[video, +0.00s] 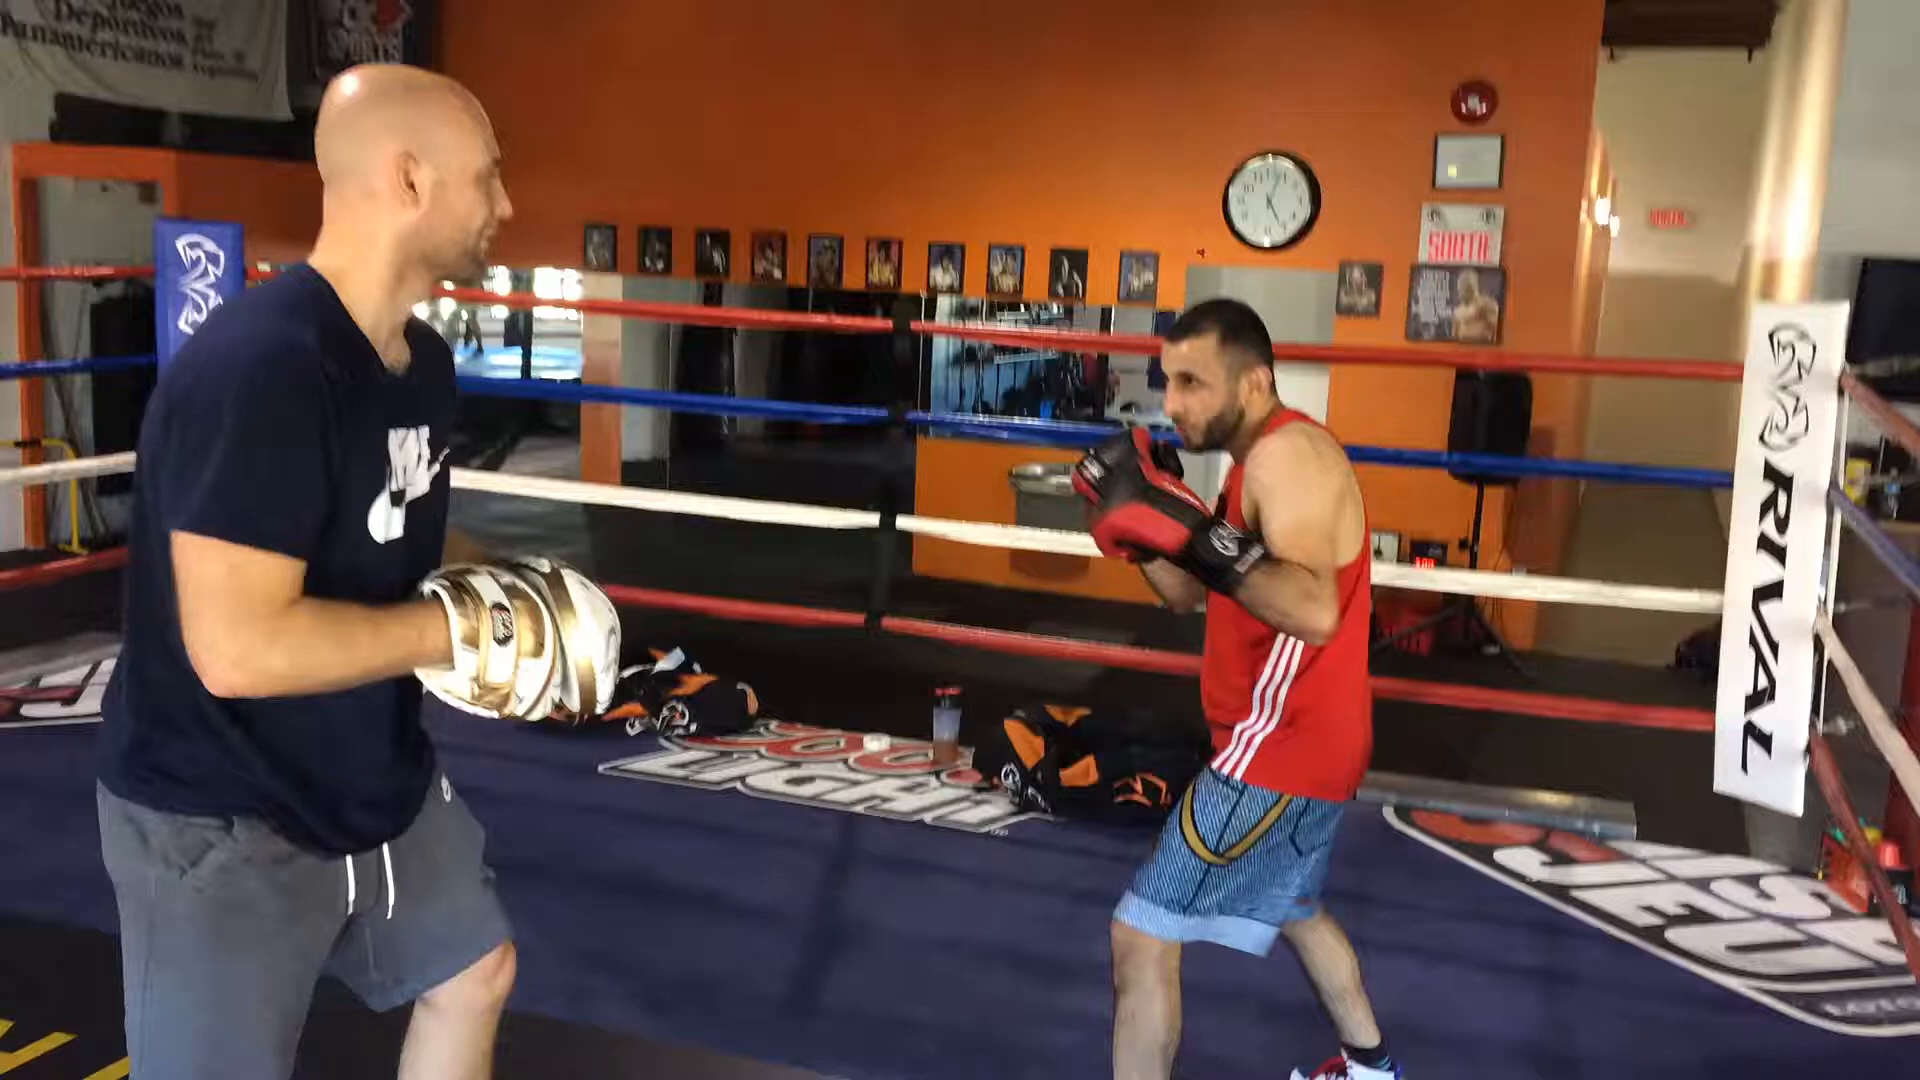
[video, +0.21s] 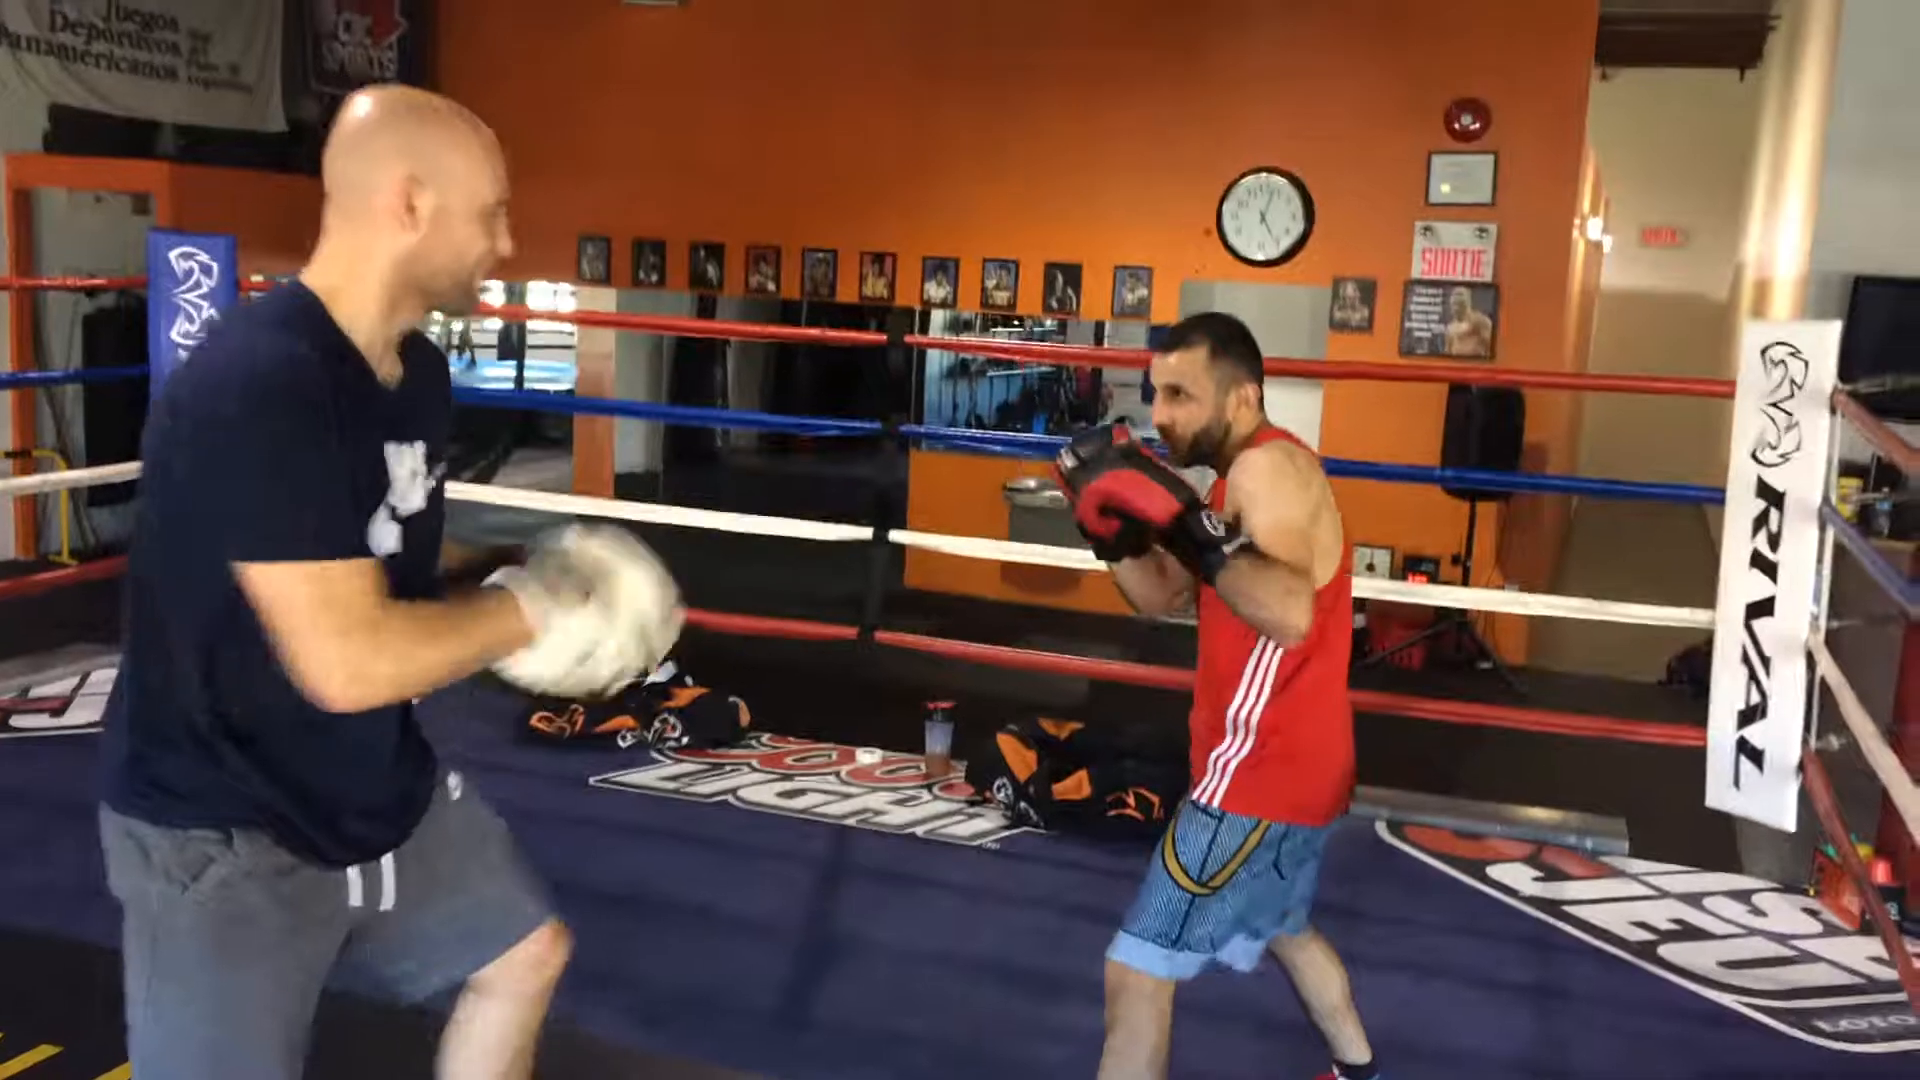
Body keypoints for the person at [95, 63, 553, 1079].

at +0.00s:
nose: (504, 207)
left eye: (499, 179)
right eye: (488, 177)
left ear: (405, 183)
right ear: (407, 181)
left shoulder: (418, 359)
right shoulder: (256, 361)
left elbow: (389, 563)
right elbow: (237, 649)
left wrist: (497, 616)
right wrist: (460, 629)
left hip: (371, 772)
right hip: (217, 811)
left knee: (470, 977)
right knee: (213, 1062)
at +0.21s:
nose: (506, 246)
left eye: (506, 217)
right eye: (491, 214)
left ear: (409, 209)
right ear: (407, 205)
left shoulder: (416, 371)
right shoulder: (258, 376)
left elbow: (398, 591)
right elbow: (344, 664)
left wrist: (528, 607)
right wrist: (539, 606)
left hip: (371, 781)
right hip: (218, 821)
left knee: (521, 952)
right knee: (215, 1063)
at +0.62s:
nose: (655, 252)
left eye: (652, 226)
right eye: (643, 223)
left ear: (570, 220)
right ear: (571, 216)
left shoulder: (560, 376)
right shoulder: (459, 399)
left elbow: (567, 541)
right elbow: (604, 628)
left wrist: (687, 483)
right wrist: (722, 489)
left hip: (516, 781)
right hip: (378, 802)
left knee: (575, 973)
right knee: (338, 1061)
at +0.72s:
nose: (668, 249)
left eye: (667, 222)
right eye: (658, 219)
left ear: (586, 215)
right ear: (586, 211)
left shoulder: (572, 366)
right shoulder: (474, 384)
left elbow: (605, 526)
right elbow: (626, 611)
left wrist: (725, 466)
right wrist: (743, 474)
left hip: (520, 779)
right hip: (385, 793)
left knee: (563, 987)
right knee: (370, 1060)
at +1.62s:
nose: (684, 254)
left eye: (684, 227)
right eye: (674, 223)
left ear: (597, 216)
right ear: (604, 214)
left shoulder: (559, 370)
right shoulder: (516, 381)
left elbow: (575, 553)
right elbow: (668, 614)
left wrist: (701, 495)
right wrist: (783, 485)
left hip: (543, 788)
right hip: (433, 807)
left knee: (593, 998)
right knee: (426, 1061)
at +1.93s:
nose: (713, 270)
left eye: (714, 243)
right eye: (700, 238)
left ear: (624, 232)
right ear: (627, 229)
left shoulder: (614, 394)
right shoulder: (531, 392)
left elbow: (659, 586)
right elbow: (639, 638)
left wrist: (770, 477)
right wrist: (753, 485)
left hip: (536, 790)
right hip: (414, 810)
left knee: (602, 988)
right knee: (406, 1061)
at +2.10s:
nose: (741, 280)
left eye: (742, 252)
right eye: (727, 249)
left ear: (646, 242)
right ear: (652, 240)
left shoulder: (551, 373)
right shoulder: (588, 406)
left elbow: (557, 573)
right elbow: (645, 661)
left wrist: (705, 509)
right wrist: (773, 542)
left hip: (532, 778)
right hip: (432, 804)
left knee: (614, 977)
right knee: (449, 1060)